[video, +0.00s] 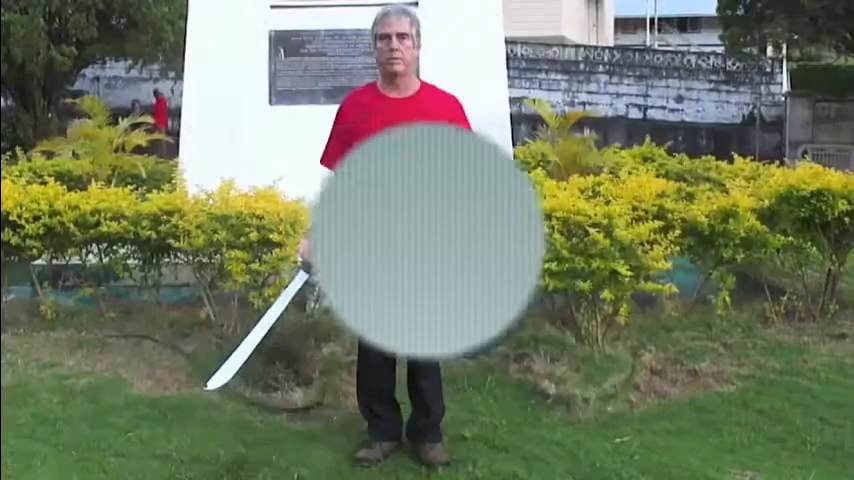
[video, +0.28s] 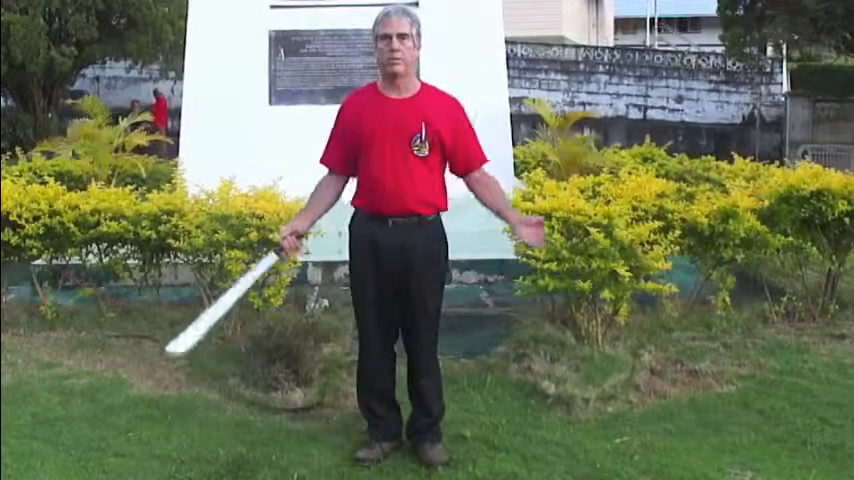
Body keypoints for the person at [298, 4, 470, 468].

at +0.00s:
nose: (393, 45)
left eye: (403, 37)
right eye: (384, 38)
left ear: (418, 45)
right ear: (373, 48)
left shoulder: (447, 105)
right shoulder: (355, 105)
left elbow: (467, 181)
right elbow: (334, 182)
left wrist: (471, 240)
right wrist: (315, 237)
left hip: (430, 236)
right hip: (372, 237)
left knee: (426, 335)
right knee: (375, 337)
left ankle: (428, 434)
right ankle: (382, 432)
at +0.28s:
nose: (394, 46)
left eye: (403, 38)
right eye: (385, 39)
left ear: (418, 46)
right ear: (374, 48)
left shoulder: (443, 106)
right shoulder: (356, 106)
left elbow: (474, 172)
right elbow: (336, 175)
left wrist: (514, 218)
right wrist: (301, 222)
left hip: (423, 233)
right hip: (368, 232)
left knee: (422, 340)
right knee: (373, 339)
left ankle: (428, 435)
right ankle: (382, 432)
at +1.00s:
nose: (396, 46)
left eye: (405, 38)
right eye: (387, 39)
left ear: (420, 46)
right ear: (376, 47)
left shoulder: (446, 104)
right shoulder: (353, 102)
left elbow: (492, 150)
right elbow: (293, 132)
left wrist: (472, 94)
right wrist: (304, 90)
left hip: (425, 231)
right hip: (371, 232)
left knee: (423, 339)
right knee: (375, 338)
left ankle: (427, 434)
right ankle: (381, 433)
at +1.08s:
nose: (396, 46)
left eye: (406, 38)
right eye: (387, 39)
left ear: (421, 46)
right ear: (376, 48)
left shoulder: (446, 104)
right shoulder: (353, 102)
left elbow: (489, 160)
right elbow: (294, 133)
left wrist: (474, 99)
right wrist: (307, 94)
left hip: (425, 231)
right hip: (371, 232)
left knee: (423, 339)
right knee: (375, 338)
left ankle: (427, 434)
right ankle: (381, 433)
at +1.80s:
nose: (411, 53)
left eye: (420, 43)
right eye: (401, 44)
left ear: (435, 50)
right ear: (390, 52)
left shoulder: (464, 112)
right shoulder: (367, 110)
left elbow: (483, 188)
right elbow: (330, 175)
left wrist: (463, 169)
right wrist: (350, 165)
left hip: (440, 242)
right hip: (381, 241)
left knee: (433, 346)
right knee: (370, 344)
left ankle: (428, 436)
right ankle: (380, 436)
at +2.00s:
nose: (405, 55)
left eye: (415, 46)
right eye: (396, 46)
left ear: (430, 53)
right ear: (384, 54)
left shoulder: (458, 116)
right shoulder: (362, 115)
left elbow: (469, 193)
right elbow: (345, 190)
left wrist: (427, 211)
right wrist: (380, 196)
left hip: (438, 251)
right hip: (380, 251)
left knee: (431, 351)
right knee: (374, 358)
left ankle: (428, 436)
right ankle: (365, 471)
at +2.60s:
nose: (370, 66)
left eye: (381, 56)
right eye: (360, 57)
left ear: (399, 63)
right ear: (348, 64)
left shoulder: (430, 124)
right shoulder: (324, 125)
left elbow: (445, 210)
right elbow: (310, 210)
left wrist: (393, 246)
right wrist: (355, 244)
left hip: (413, 264)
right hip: (347, 268)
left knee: (423, 360)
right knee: (352, 370)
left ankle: (429, 440)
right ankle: (364, 471)